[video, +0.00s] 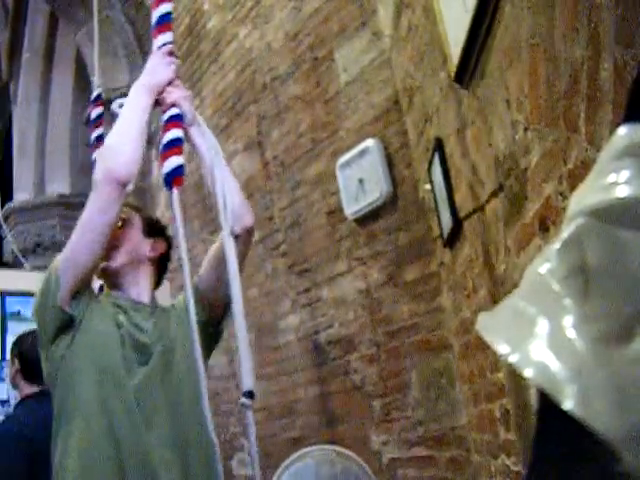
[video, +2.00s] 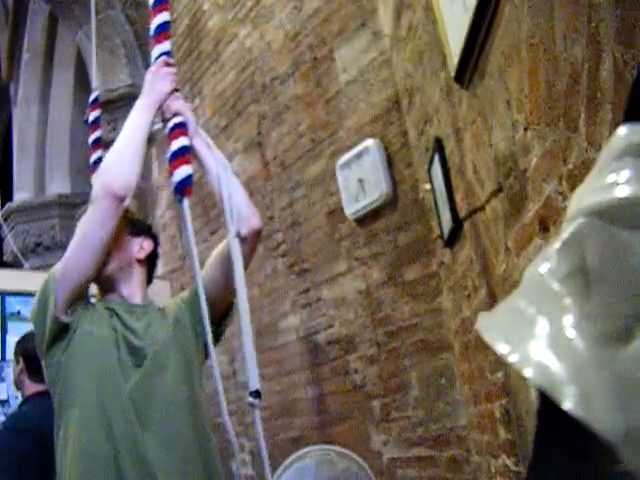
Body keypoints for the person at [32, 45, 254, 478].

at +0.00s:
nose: (110, 231)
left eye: (124, 223)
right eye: (107, 224)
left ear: (156, 247)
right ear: (96, 244)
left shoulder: (188, 323)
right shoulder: (68, 317)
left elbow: (240, 224)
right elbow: (113, 176)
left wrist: (193, 125)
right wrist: (144, 88)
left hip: (188, 471)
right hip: (90, 470)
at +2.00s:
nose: (100, 240)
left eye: (114, 231)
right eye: (100, 232)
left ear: (144, 248)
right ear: (87, 248)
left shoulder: (183, 320)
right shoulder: (66, 323)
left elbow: (247, 228)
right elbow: (111, 191)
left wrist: (195, 135)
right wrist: (148, 101)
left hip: (192, 470)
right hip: (93, 470)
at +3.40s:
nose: (148, 239)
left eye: (155, 231)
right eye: (137, 232)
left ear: (163, 244)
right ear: (108, 242)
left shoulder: (184, 331)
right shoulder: (65, 325)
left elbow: (251, 280)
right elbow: (126, 237)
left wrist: (193, 191)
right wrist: (142, 154)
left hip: (185, 471)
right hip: (94, 471)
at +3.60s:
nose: (153, 246)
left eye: (159, 235)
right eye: (136, 233)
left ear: (168, 249)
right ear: (97, 255)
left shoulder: (177, 326)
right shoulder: (58, 318)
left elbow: (252, 328)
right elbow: (127, 280)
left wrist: (200, 220)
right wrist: (149, 183)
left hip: (178, 471)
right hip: (90, 471)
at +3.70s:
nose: (152, 242)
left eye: (158, 235)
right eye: (135, 233)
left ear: (169, 251)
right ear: (104, 258)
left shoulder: (178, 334)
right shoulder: (53, 322)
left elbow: (252, 362)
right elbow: (119, 315)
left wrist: (204, 241)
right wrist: (157, 207)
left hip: (176, 472)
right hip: (85, 472)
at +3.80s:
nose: (160, 251)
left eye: (165, 241)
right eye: (143, 240)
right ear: (108, 259)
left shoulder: (180, 332)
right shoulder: (56, 321)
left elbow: (243, 402)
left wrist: (212, 280)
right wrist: (165, 243)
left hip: (175, 473)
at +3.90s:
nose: (163, 261)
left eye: (170, 248)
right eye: (148, 246)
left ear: (179, 256)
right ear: (111, 261)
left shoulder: (185, 332)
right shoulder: (60, 326)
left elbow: (237, 441)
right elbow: (86, 412)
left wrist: (217, 346)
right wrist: (170, 303)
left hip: (175, 473)